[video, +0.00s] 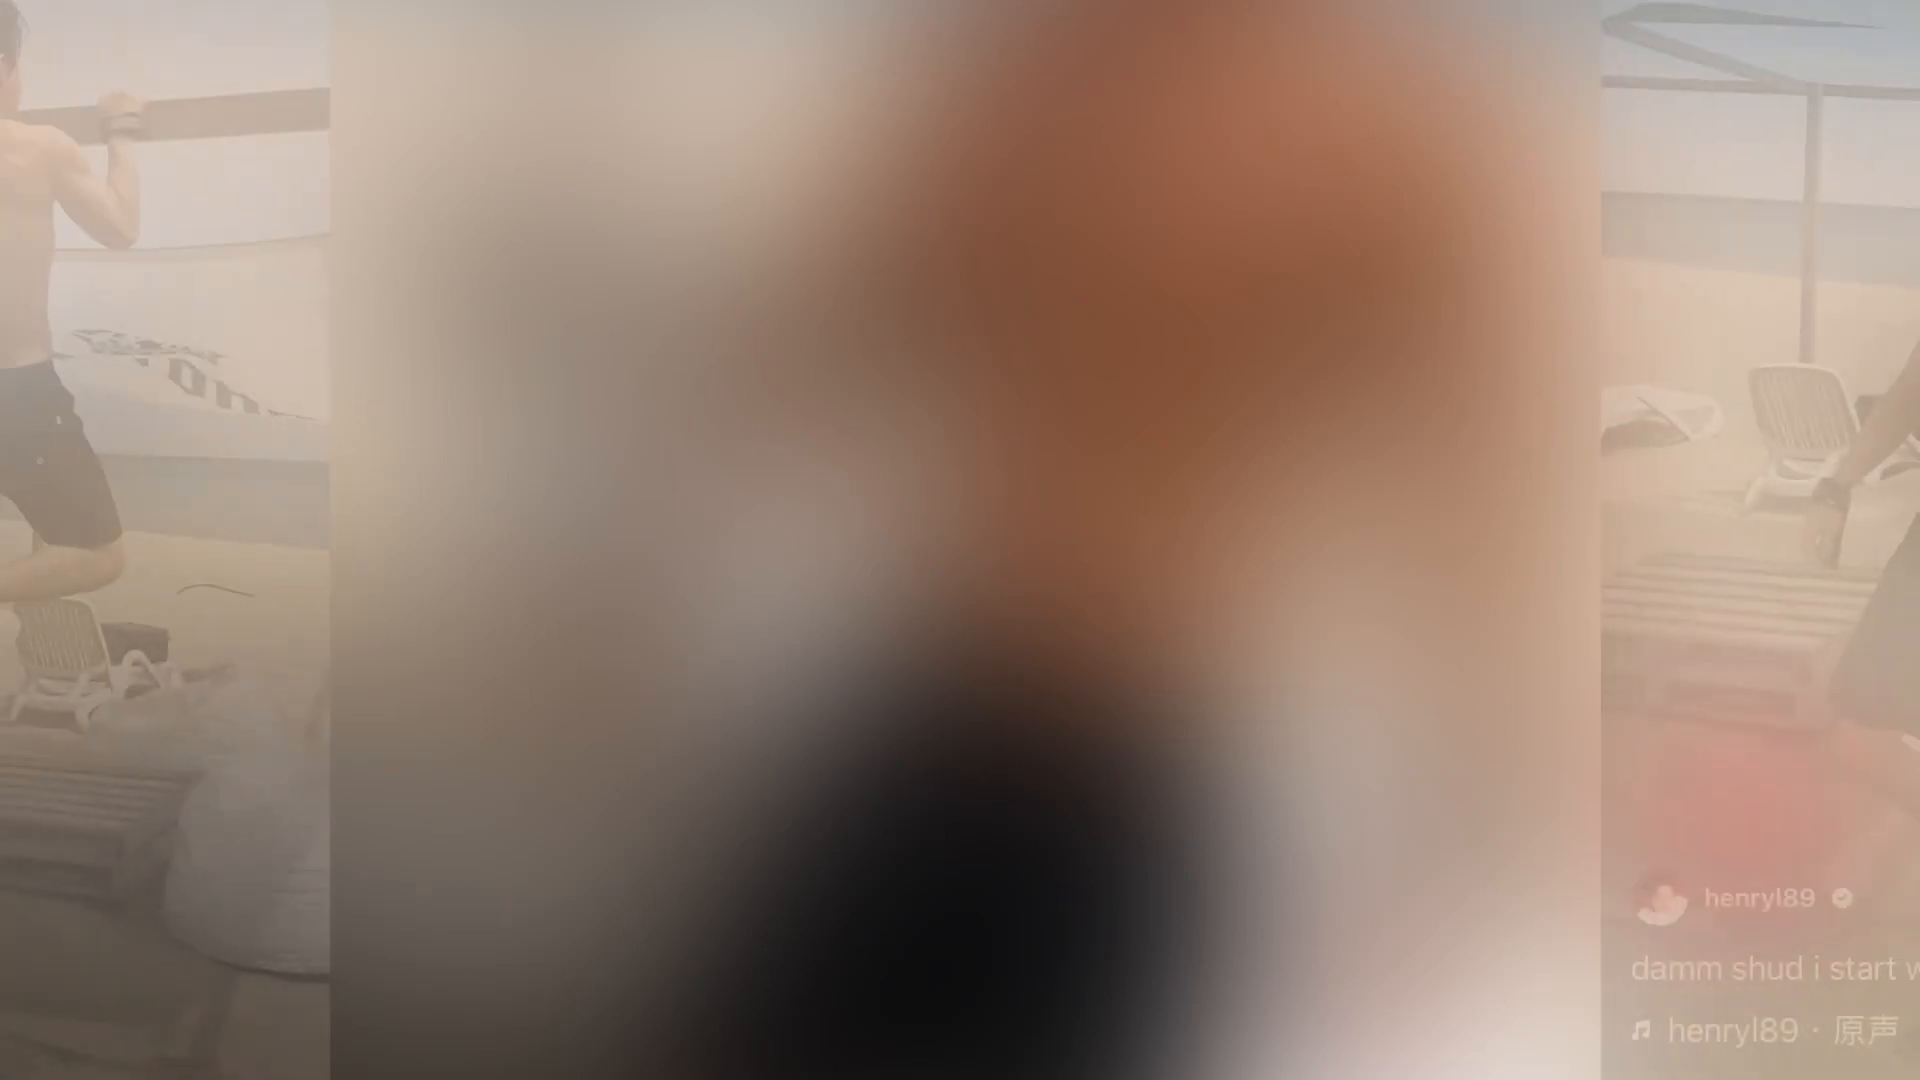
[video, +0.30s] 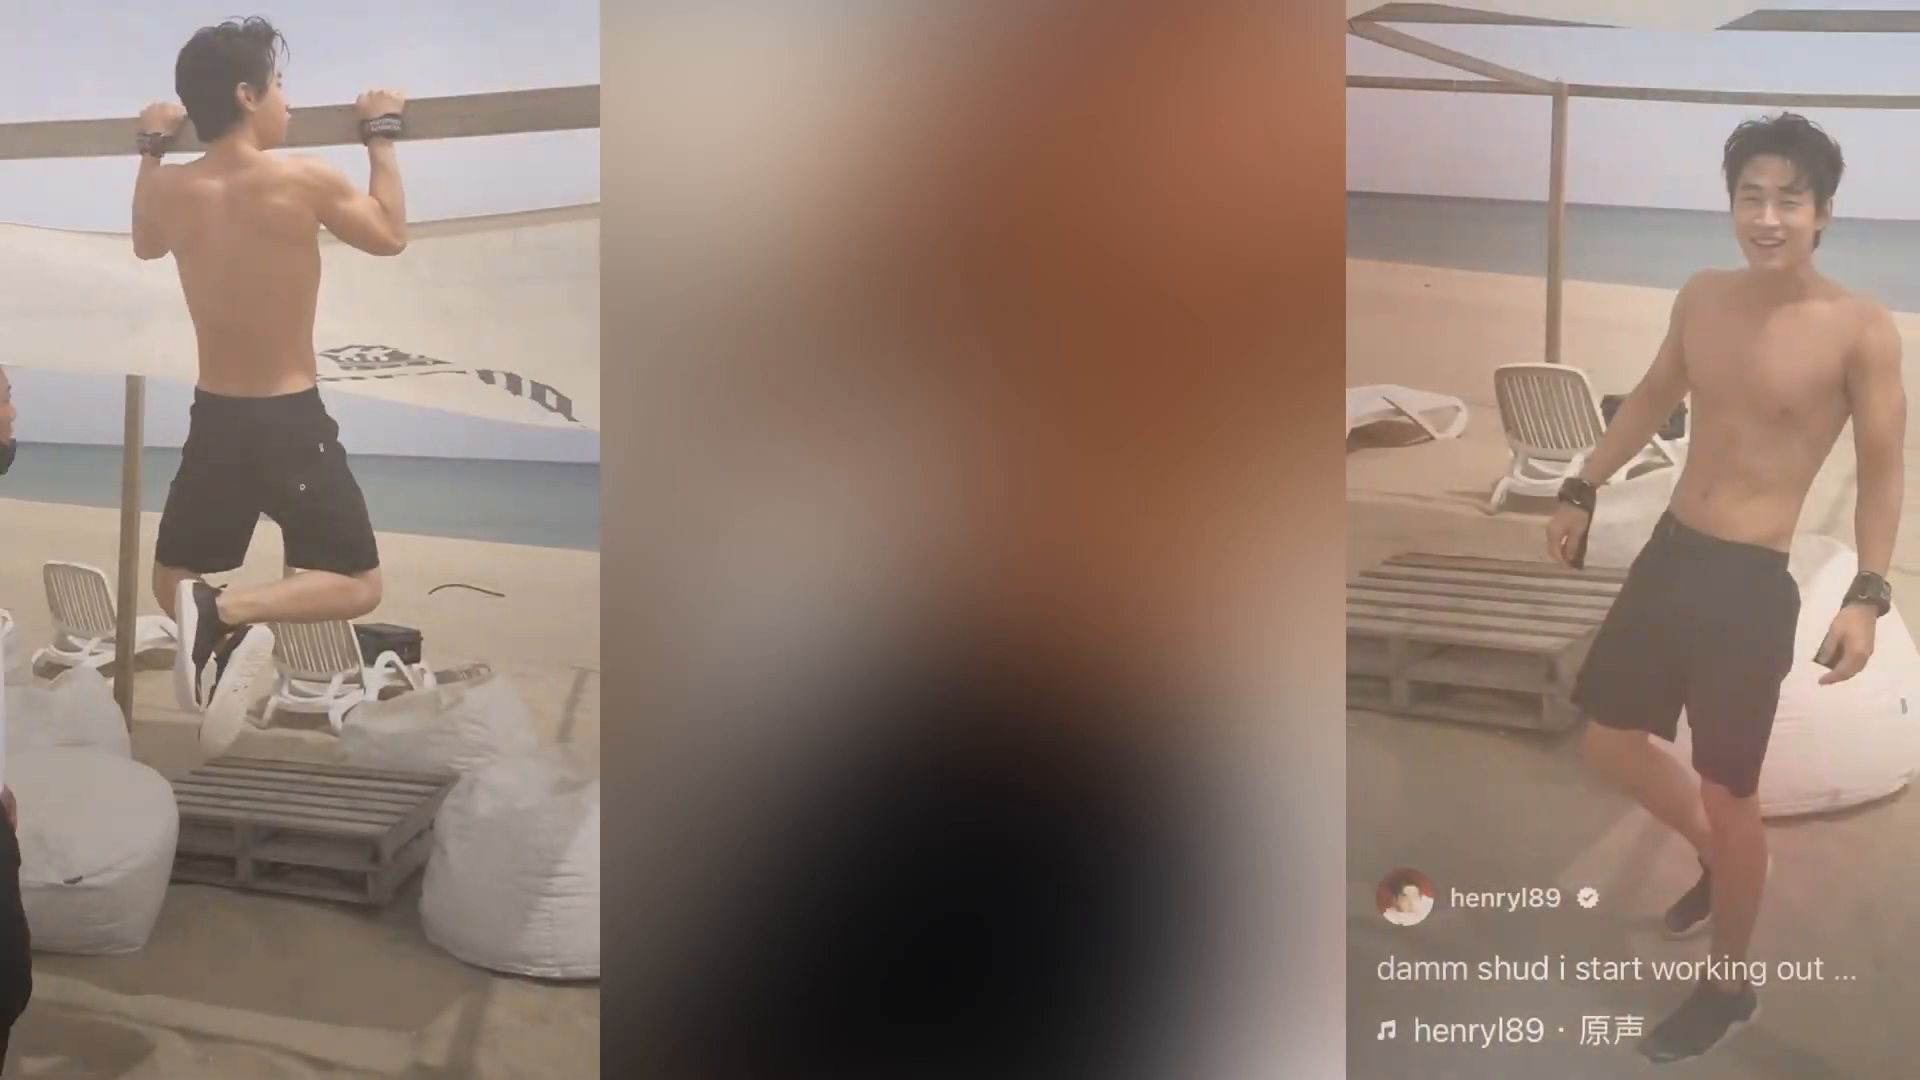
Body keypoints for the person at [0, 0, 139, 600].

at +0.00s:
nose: (18, 80)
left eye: (14, 65)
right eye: (15, 65)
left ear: (9, 68)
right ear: (7, 68)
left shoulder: (37, 148)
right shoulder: (37, 147)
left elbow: (118, 228)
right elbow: (120, 229)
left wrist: (120, 138)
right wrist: (123, 136)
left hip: (18, 379)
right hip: (17, 381)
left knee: (53, 549)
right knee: (98, 556)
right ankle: (0, 587)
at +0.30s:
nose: (287, 98)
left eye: (280, 83)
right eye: (277, 85)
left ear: (220, 102)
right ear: (248, 97)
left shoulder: (173, 186)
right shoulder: (304, 178)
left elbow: (146, 244)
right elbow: (389, 233)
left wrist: (152, 151)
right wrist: (384, 135)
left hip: (215, 425)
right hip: (295, 427)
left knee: (172, 575)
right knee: (359, 584)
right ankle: (222, 608)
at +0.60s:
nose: (454, 193)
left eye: (449, 180)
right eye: (449, 181)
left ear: (373, 204)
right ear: (431, 199)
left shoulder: (358, 282)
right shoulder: (484, 267)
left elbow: (332, 238)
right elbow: (572, 240)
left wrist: (328, 152)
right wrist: (564, 137)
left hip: (411, 503)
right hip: (487, 504)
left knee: (374, 635)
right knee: (551, 656)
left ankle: (421, 722)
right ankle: (413, 690)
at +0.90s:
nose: (532, 262)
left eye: (520, 255)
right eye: (526, 255)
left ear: (452, 286)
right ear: (519, 275)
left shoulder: (445, 356)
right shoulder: (565, 337)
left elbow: (410, 267)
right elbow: (641, 262)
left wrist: (397, 167)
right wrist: (635, 151)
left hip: (498, 571)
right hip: (576, 573)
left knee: (452, 703)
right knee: (635, 732)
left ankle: (512, 801)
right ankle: (495, 774)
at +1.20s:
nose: (529, 248)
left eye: (522, 238)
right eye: (523, 239)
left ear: (443, 269)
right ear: (518, 259)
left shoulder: (433, 345)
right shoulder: (564, 333)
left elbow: (405, 270)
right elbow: (651, 272)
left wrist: (393, 178)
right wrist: (641, 161)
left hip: (502, 571)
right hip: (583, 570)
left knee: (455, 709)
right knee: (657, 736)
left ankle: (517, 806)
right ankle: (511, 774)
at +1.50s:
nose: (501, 150)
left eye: (496, 139)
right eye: (496, 139)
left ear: (405, 165)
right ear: (489, 153)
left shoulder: (383, 254)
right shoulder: (528, 243)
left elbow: (357, 285)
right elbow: (632, 274)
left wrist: (361, 178)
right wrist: (619, 163)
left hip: (454, 512)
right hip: (542, 508)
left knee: (423, 675)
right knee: (639, 673)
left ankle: (498, 749)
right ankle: (483, 707)